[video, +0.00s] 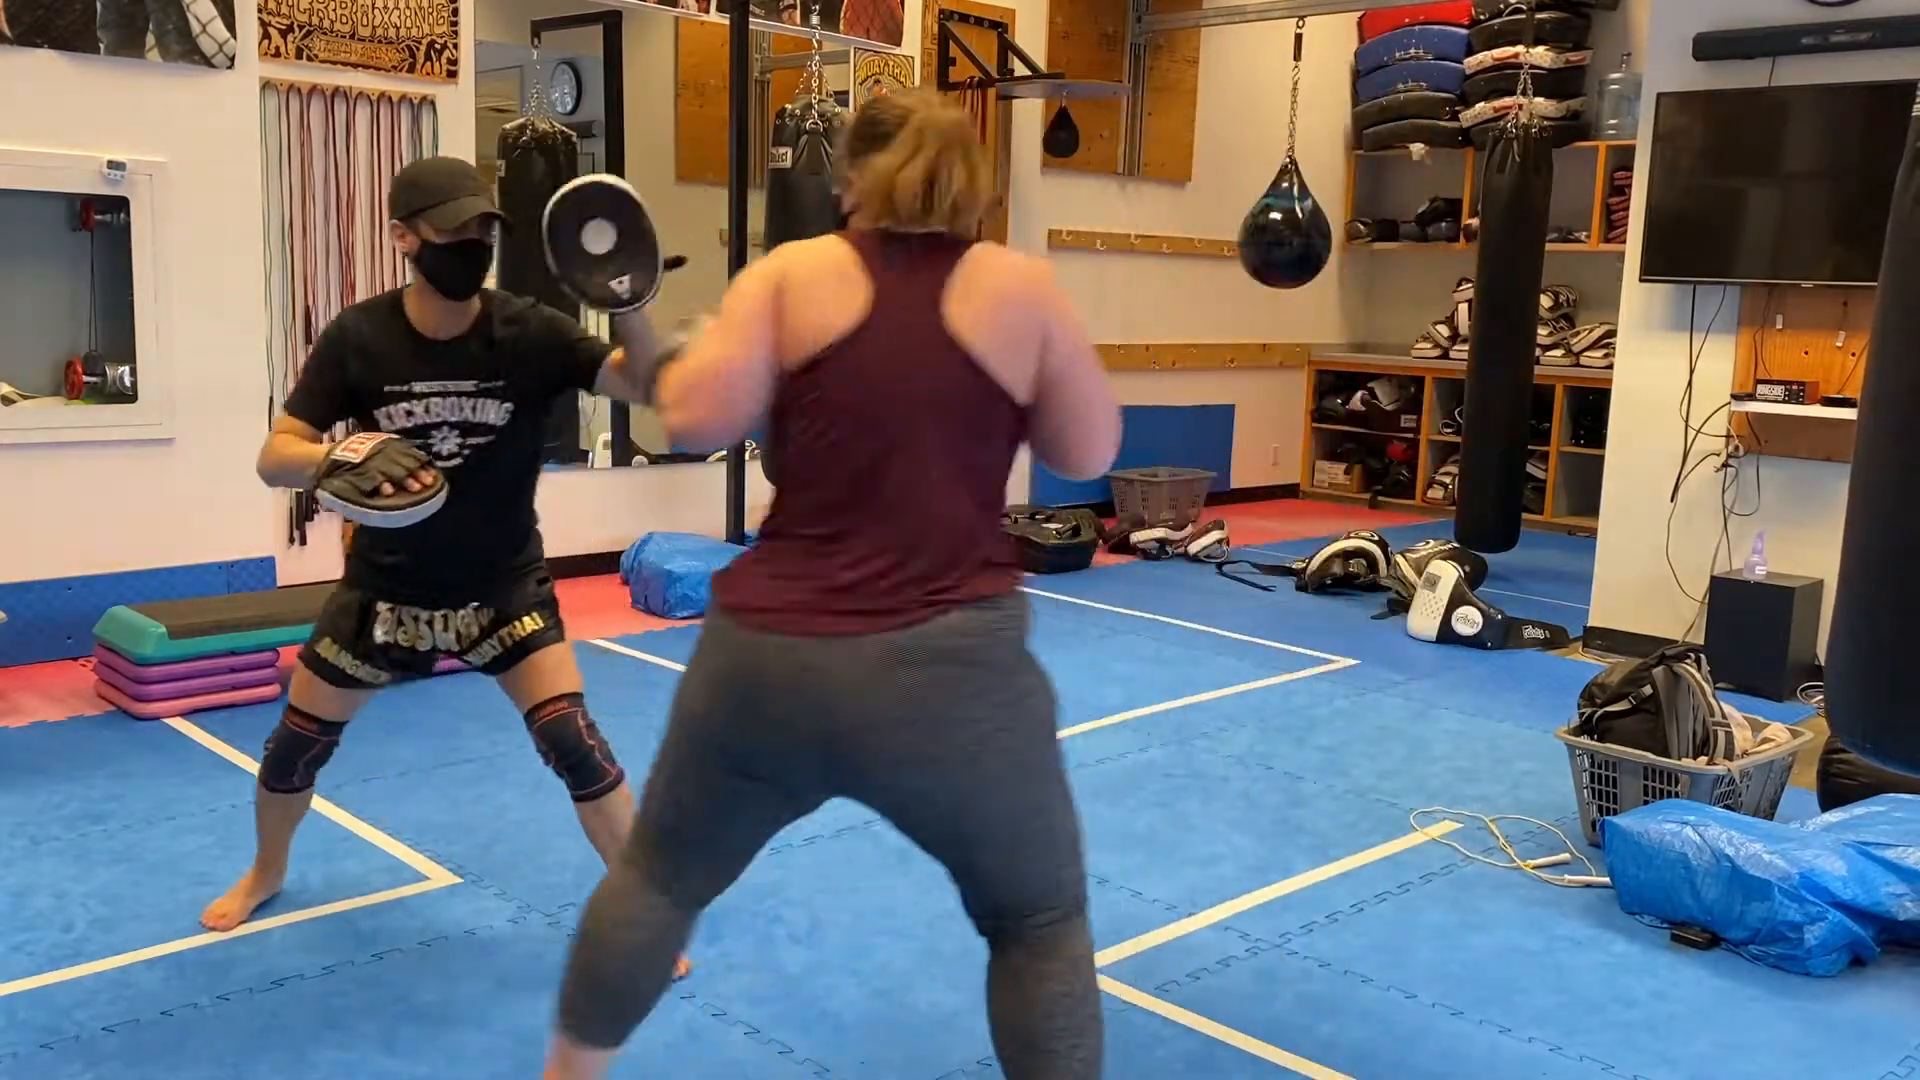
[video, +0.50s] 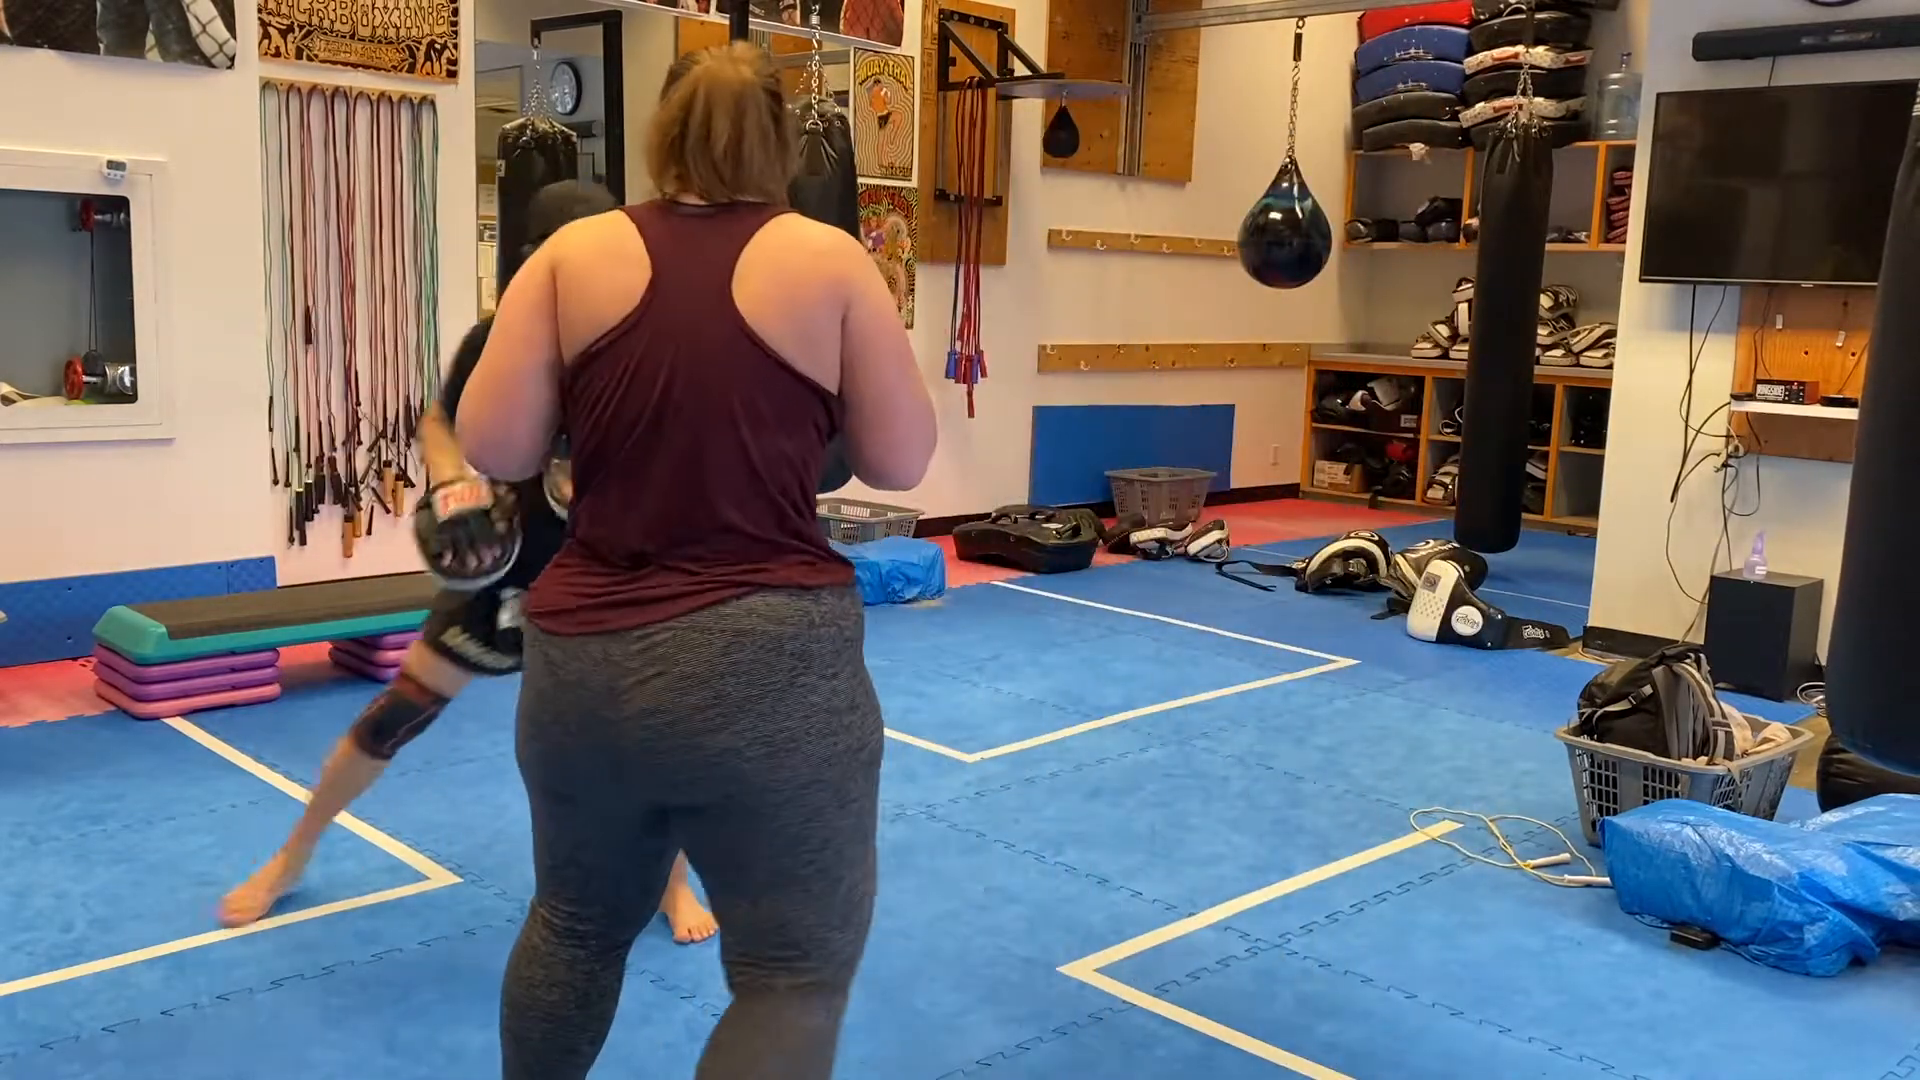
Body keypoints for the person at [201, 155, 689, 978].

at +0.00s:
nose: (475, 245)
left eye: (483, 228)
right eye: (454, 232)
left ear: (495, 228)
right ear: (405, 235)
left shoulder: (532, 335)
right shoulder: (358, 338)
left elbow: (642, 383)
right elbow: (277, 456)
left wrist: (628, 300)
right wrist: (337, 452)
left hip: (503, 581)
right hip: (383, 585)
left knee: (572, 743)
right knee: (293, 750)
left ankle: (653, 911)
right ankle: (267, 874)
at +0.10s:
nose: (453, 253)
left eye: (463, 236)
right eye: (432, 240)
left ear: (476, 234)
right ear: (384, 238)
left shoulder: (506, 330)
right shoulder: (338, 330)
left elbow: (599, 373)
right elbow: (264, 450)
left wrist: (629, 323)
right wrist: (313, 457)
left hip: (485, 568)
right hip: (366, 573)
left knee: (566, 732)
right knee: (280, 744)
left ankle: (639, 899)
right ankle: (265, 872)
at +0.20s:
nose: (449, 259)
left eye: (460, 241)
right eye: (429, 246)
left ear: (473, 235)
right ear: (381, 243)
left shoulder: (501, 333)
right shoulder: (336, 334)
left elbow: (608, 394)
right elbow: (273, 454)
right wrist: (330, 464)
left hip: (486, 560)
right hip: (371, 570)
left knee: (575, 728)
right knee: (285, 742)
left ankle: (639, 883)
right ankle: (266, 872)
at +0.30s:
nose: (471, 278)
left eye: (482, 261)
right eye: (451, 264)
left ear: (499, 261)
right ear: (410, 264)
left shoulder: (528, 350)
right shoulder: (364, 355)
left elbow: (613, 402)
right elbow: (296, 462)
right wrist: (364, 486)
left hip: (505, 574)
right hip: (385, 585)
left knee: (595, 721)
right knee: (293, 752)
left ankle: (660, 871)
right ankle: (263, 871)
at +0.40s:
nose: (531, 297)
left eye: (541, 279)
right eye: (511, 283)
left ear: (560, 274)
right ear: (481, 284)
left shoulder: (585, 357)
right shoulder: (432, 362)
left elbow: (630, 461)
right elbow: (352, 454)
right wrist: (404, 506)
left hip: (560, 584)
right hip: (441, 586)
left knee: (623, 731)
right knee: (335, 745)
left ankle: (669, 874)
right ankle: (264, 870)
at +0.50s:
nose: (577, 276)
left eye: (592, 257)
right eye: (562, 258)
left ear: (611, 258)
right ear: (532, 259)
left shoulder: (643, 342)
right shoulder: (501, 338)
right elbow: (438, 419)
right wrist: (455, 483)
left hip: (614, 566)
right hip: (514, 558)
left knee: (649, 716)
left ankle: (673, 872)